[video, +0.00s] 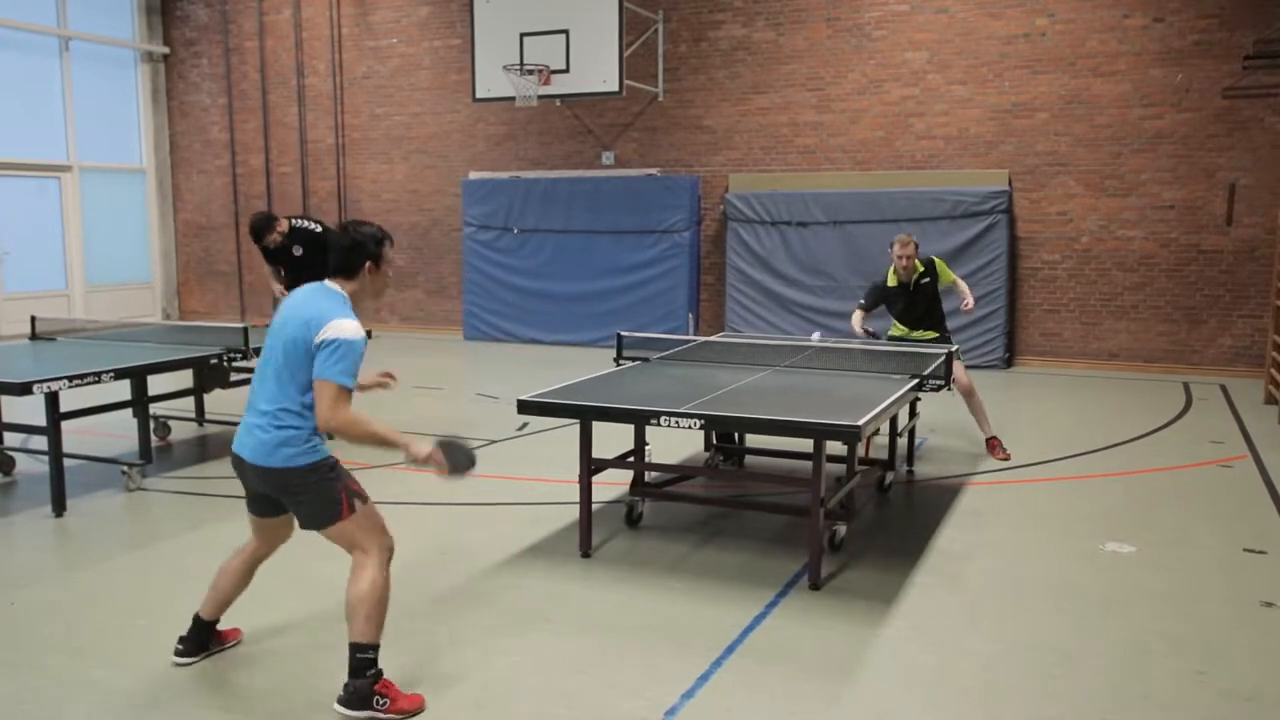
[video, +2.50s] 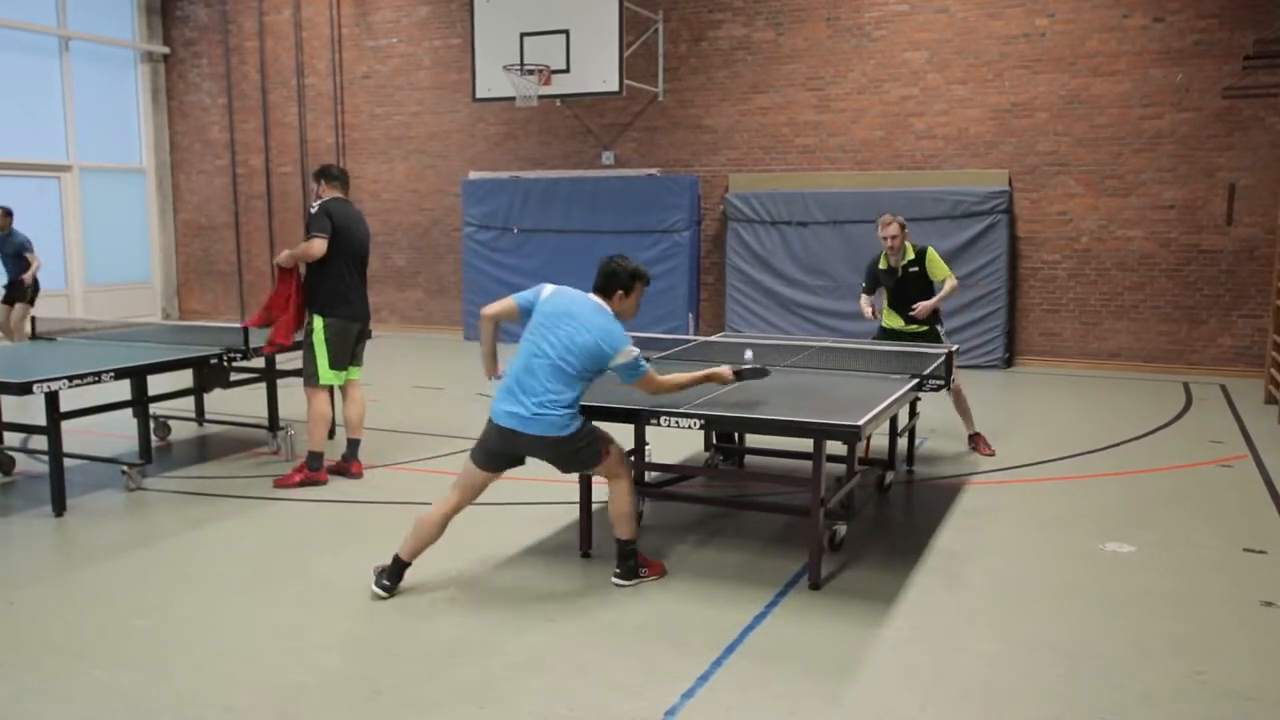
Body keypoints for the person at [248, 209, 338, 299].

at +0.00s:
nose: (272, 247)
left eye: (273, 242)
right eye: (267, 245)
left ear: (278, 226)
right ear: (261, 242)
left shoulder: (312, 232)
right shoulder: (264, 242)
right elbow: (271, 265)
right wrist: (275, 284)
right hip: (293, 295)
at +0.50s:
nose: (271, 285)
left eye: (271, 281)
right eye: (267, 284)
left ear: (275, 268)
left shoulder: (303, 254)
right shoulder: (266, 266)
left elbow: (338, 246)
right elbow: (270, 288)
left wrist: (348, 269)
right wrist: (274, 310)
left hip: (325, 300)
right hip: (295, 308)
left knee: (331, 353)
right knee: (299, 355)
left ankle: (338, 407)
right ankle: (298, 408)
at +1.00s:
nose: (295, 194)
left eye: (299, 188)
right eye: (294, 189)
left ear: (319, 186)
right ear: (324, 188)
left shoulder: (321, 218)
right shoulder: (349, 219)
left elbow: (316, 267)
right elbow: (351, 270)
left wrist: (287, 272)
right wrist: (301, 270)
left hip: (324, 320)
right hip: (353, 317)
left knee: (309, 390)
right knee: (352, 387)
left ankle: (313, 466)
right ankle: (352, 460)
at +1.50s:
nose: (304, 195)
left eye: (309, 189)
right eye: (302, 190)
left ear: (329, 188)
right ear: (334, 192)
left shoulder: (326, 215)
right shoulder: (356, 219)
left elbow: (327, 259)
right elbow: (354, 267)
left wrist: (288, 266)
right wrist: (308, 270)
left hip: (332, 318)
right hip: (359, 315)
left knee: (317, 389)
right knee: (354, 385)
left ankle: (314, 466)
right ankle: (352, 460)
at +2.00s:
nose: (305, 200)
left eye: (306, 194)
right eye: (303, 194)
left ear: (320, 188)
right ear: (333, 188)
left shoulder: (324, 208)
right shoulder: (358, 216)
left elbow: (318, 237)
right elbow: (347, 268)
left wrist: (288, 260)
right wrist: (298, 273)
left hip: (332, 314)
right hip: (360, 313)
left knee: (318, 389)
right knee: (354, 385)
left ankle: (314, 466)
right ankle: (352, 460)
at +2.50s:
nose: (314, 194)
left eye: (314, 188)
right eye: (314, 189)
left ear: (322, 186)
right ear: (344, 188)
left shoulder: (324, 210)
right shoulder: (357, 216)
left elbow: (317, 248)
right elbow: (356, 265)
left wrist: (291, 255)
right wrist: (309, 267)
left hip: (328, 313)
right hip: (357, 313)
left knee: (317, 388)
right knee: (352, 385)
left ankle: (314, 465)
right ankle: (351, 460)